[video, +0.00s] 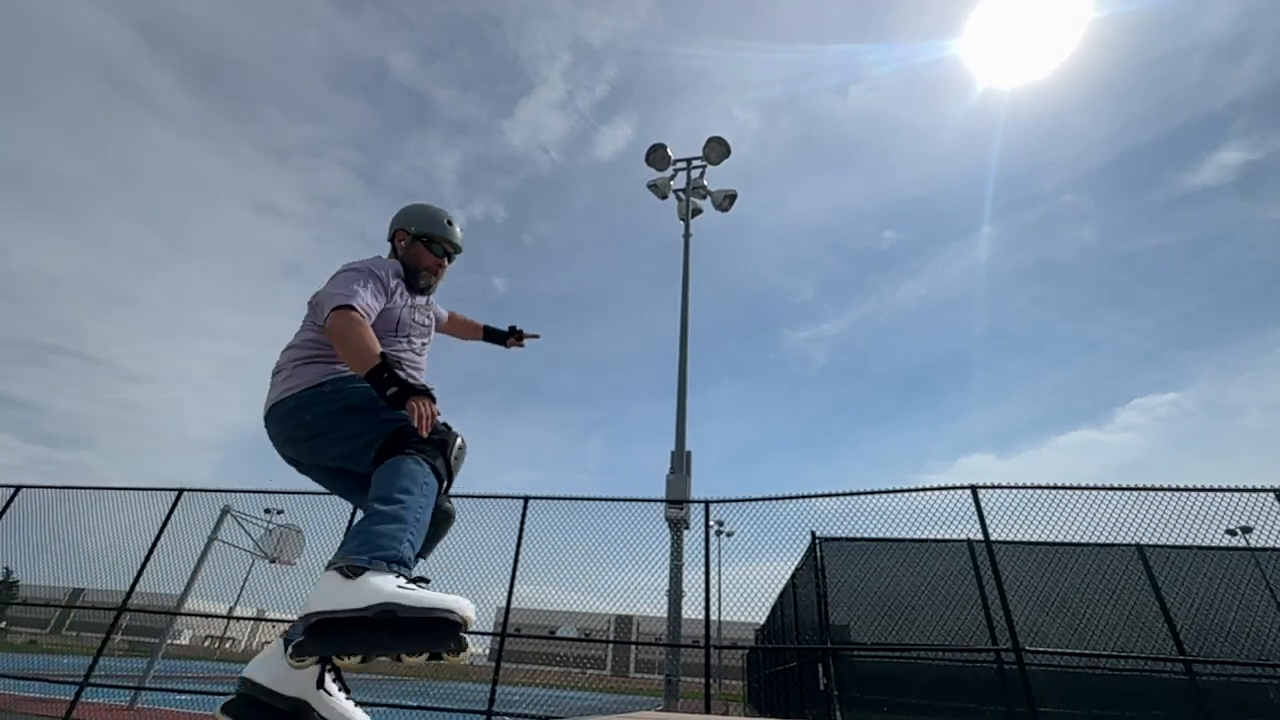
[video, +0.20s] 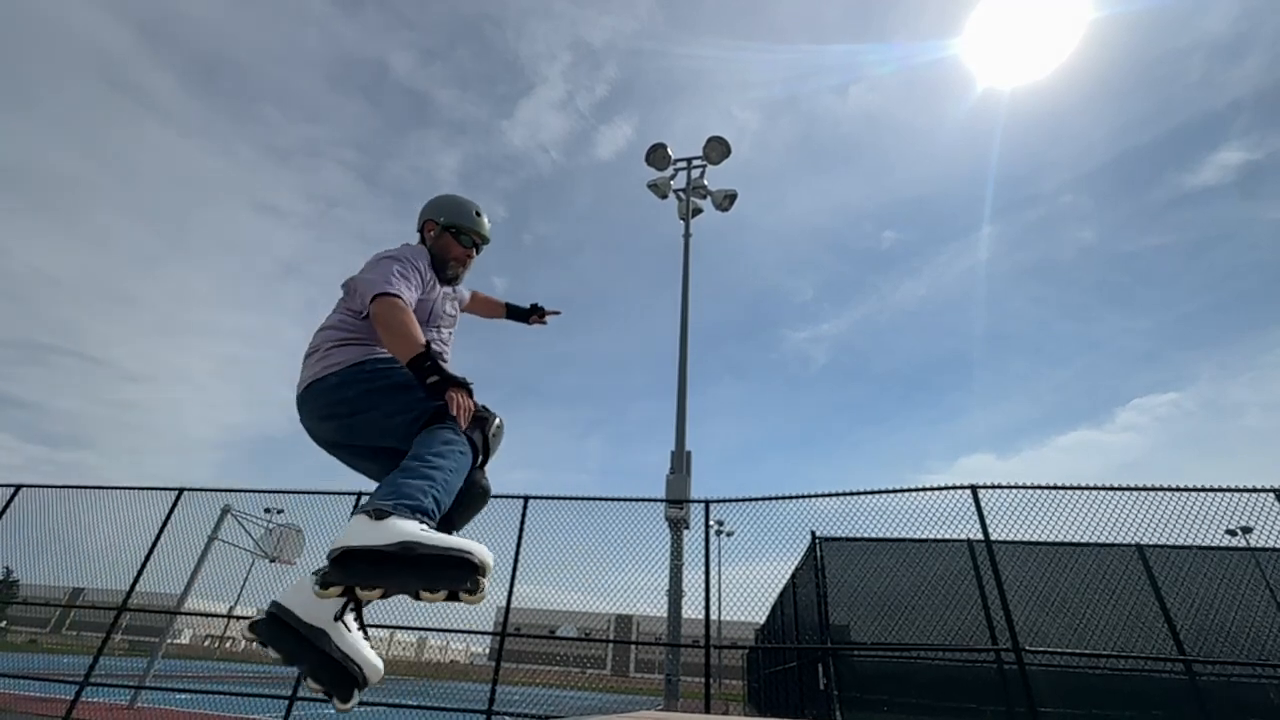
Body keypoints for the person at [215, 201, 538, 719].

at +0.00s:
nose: (442, 262)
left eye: (449, 256)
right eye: (434, 249)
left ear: (449, 260)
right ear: (402, 240)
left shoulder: (421, 305)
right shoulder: (368, 273)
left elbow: (449, 322)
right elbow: (344, 321)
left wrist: (496, 335)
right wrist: (397, 387)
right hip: (313, 392)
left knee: (429, 510)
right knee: (427, 440)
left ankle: (299, 658)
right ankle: (365, 567)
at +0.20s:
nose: (469, 252)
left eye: (476, 246)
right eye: (461, 239)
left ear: (475, 250)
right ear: (431, 231)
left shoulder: (446, 292)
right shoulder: (403, 261)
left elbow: (475, 302)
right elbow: (388, 311)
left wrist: (521, 313)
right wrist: (436, 376)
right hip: (346, 374)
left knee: (468, 486)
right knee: (465, 423)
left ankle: (330, 596)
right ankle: (393, 511)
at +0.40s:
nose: (497, 247)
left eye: (504, 241)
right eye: (491, 232)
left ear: (503, 243)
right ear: (460, 224)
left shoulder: (466, 277)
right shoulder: (436, 252)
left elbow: (497, 283)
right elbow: (430, 302)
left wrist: (541, 292)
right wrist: (474, 368)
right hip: (377, 359)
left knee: (497, 467)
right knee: (495, 408)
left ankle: (363, 542)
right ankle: (415, 462)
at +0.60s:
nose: (525, 241)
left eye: (530, 236)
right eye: (520, 227)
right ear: (488, 215)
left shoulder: (487, 267)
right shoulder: (467, 242)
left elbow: (518, 264)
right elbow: (469, 298)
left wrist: (560, 272)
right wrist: (506, 367)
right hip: (405, 349)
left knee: (532, 451)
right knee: (543, 395)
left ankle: (400, 488)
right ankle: (441, 418)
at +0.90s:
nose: (569, 233)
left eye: (574, 227)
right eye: (563, 218)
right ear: (531, 206)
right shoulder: (511, 232)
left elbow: (550, 243)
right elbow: (522, 288)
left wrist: (584, 244)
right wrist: (547, 362)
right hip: (450, 329)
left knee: (567, 436)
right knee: (586, 381)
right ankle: (491, 371)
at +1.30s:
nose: (620, 226)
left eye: (625, 220)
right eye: (615, 211)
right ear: (584, 200)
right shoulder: (571, 227)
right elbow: (581, 286)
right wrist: (591, 360)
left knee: (607, 427)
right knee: (638, 372)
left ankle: (504, 377)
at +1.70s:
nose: (670, 220)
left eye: (674, 214)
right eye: (667, 206)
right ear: (637, 194)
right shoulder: (622, 219)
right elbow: (631, 275)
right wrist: (639, 346)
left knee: (649, 421)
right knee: (687, 367)